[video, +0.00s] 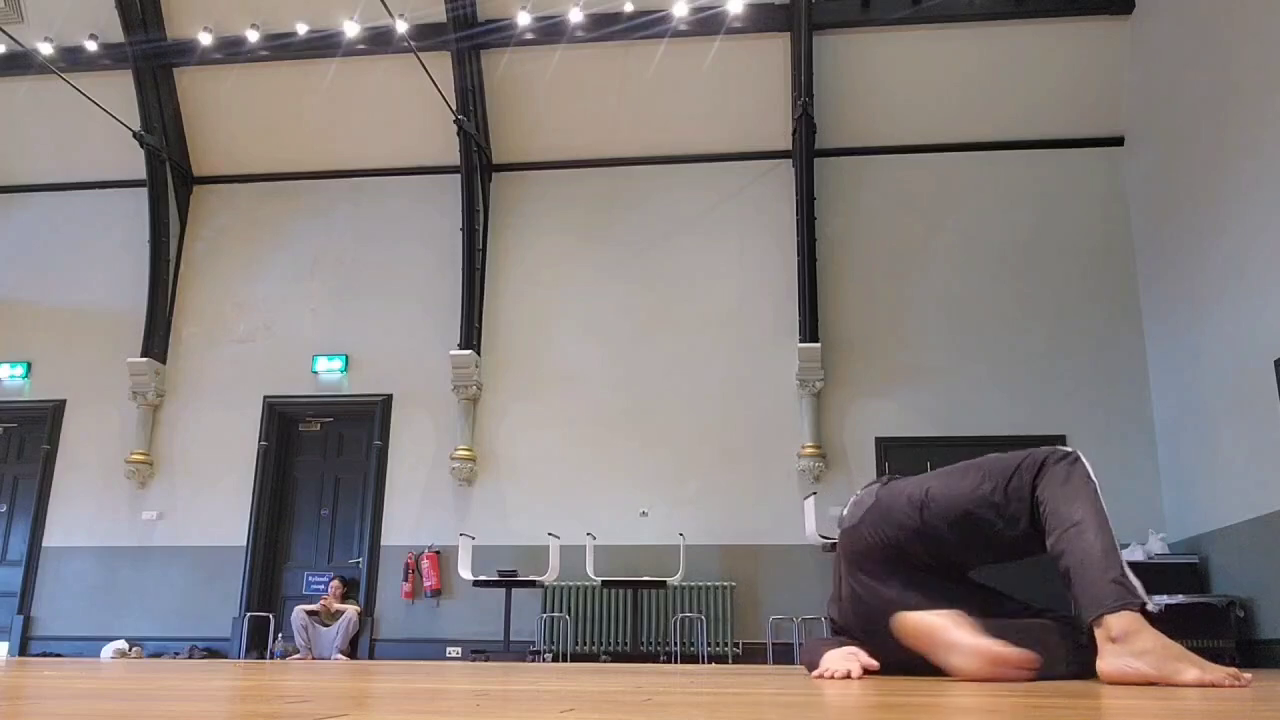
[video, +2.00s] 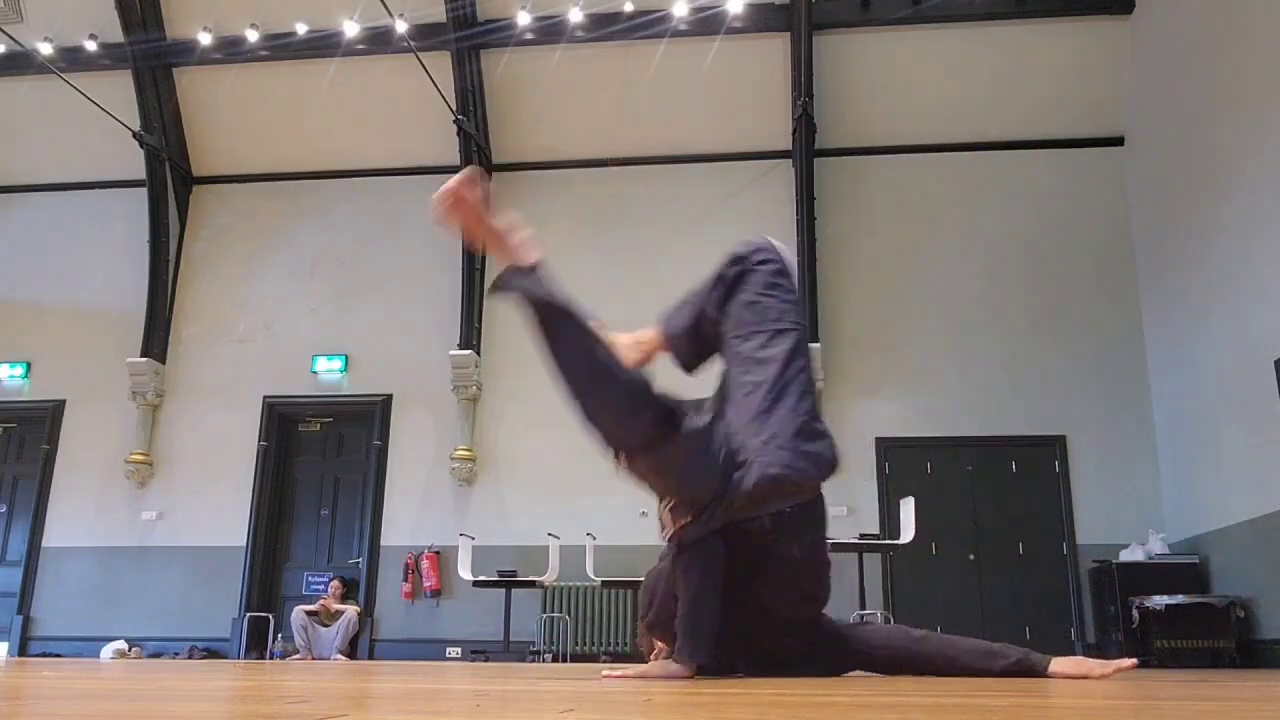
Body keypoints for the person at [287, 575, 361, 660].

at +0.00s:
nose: (333, 591)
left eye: (337, 588)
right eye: (331, 588)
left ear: (344, 590)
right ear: (328, 589)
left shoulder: (349, 602)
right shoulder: (323, 603)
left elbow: (357, 610)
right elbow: (297, 608)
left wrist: (334, 606)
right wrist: (318, 607)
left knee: (352, 614)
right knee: (297, 612)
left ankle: (336, 653)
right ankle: (304, 653)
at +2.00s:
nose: (333, 591)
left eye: (337, 589)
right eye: (331, 588)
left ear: (343, 590)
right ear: (328, 589)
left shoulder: (348, 603)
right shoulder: (323, 602)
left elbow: (357, 610)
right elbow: (297, 609)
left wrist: (334, 606)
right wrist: (315, 607)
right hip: (315, 636)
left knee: (352, 614)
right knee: (297, 612)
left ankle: (336, 653)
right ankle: (304, 653)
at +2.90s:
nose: (333, 591)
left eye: (337, 589)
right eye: (331, 588)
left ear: (343, 591)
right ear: (327, 590)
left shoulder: (348, 604)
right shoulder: (322, 604)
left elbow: (357, 610)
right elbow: (297, 609)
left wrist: (334, 606)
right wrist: (316, 608)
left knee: (352, 614)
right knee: (296, 612)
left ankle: (336, 653)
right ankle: (304, 653)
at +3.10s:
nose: (321, 607)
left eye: (324, 606)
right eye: (321, 606)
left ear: (333, 609)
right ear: (318, 607)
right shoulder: (308, 623)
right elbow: (297, 610)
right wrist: (314, 608)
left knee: (349, 619)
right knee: (297, 612)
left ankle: (336, 654)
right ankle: (304, 653)